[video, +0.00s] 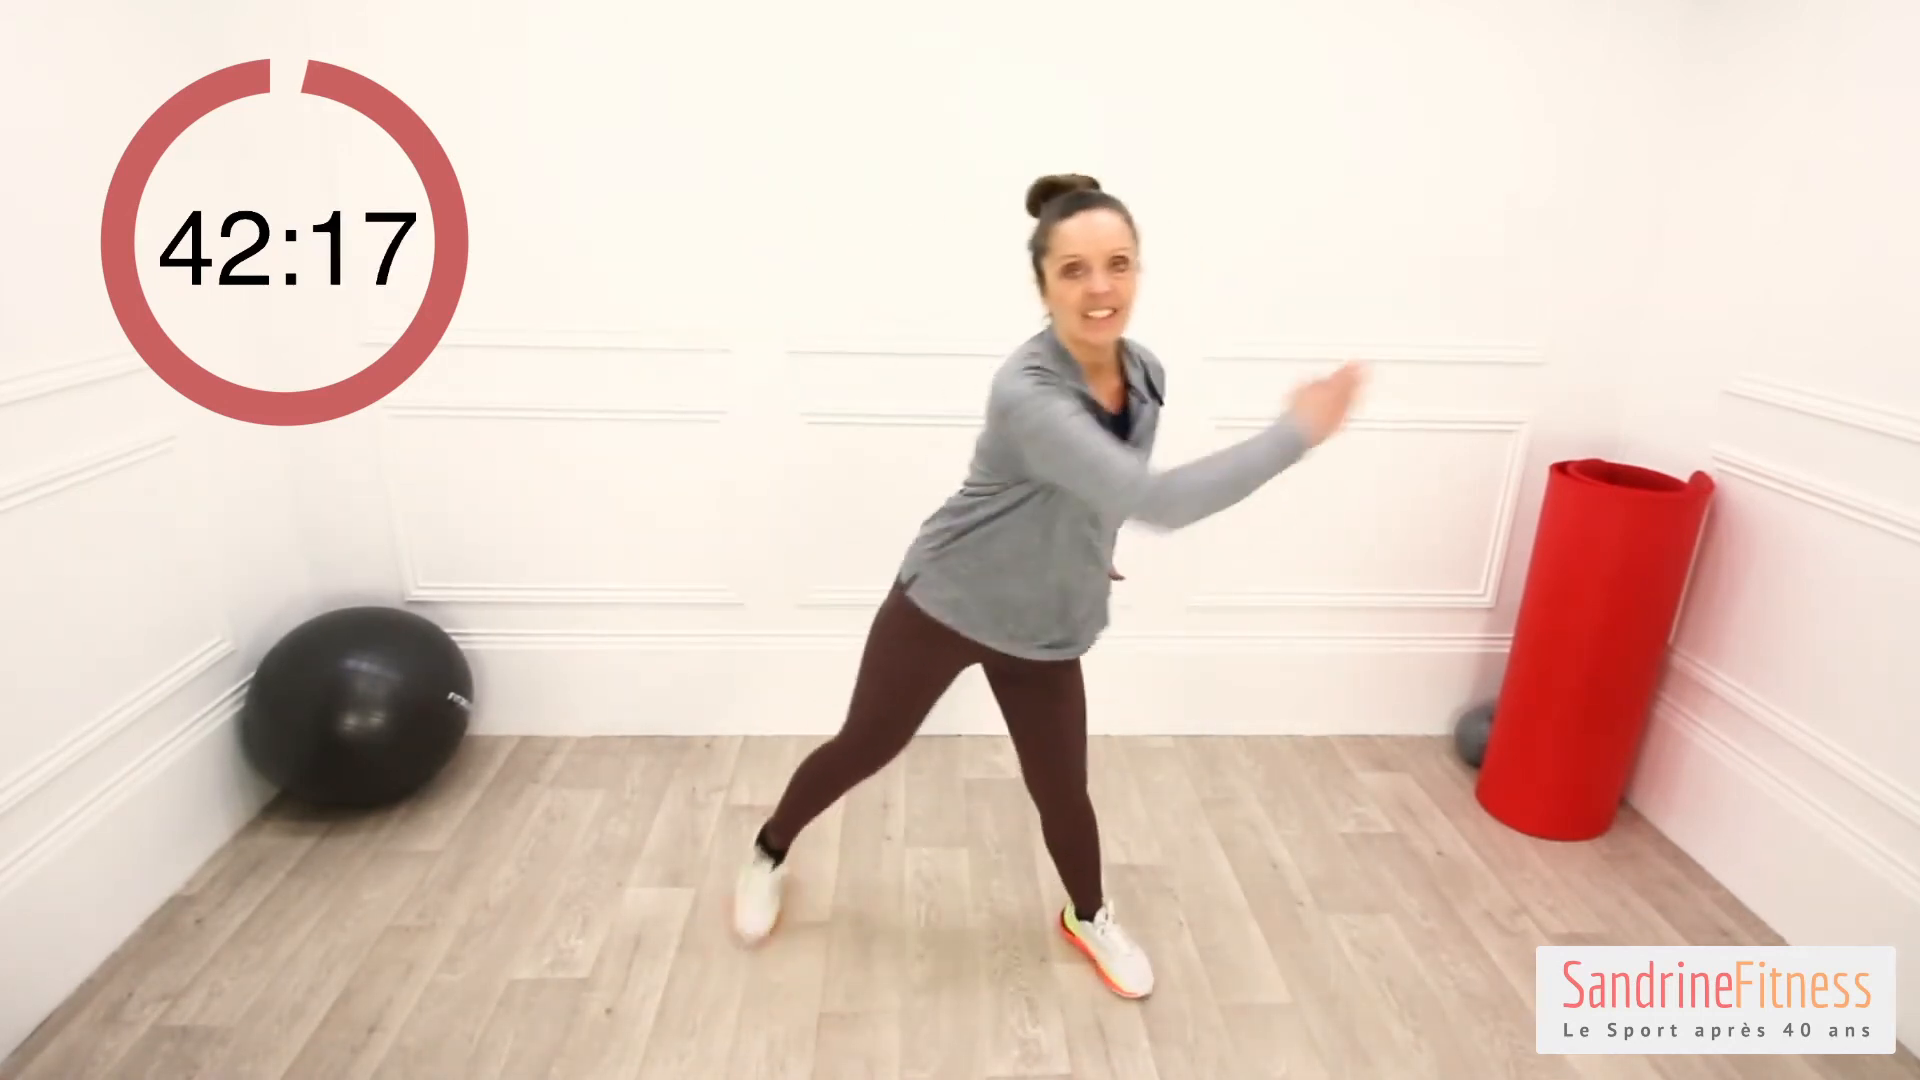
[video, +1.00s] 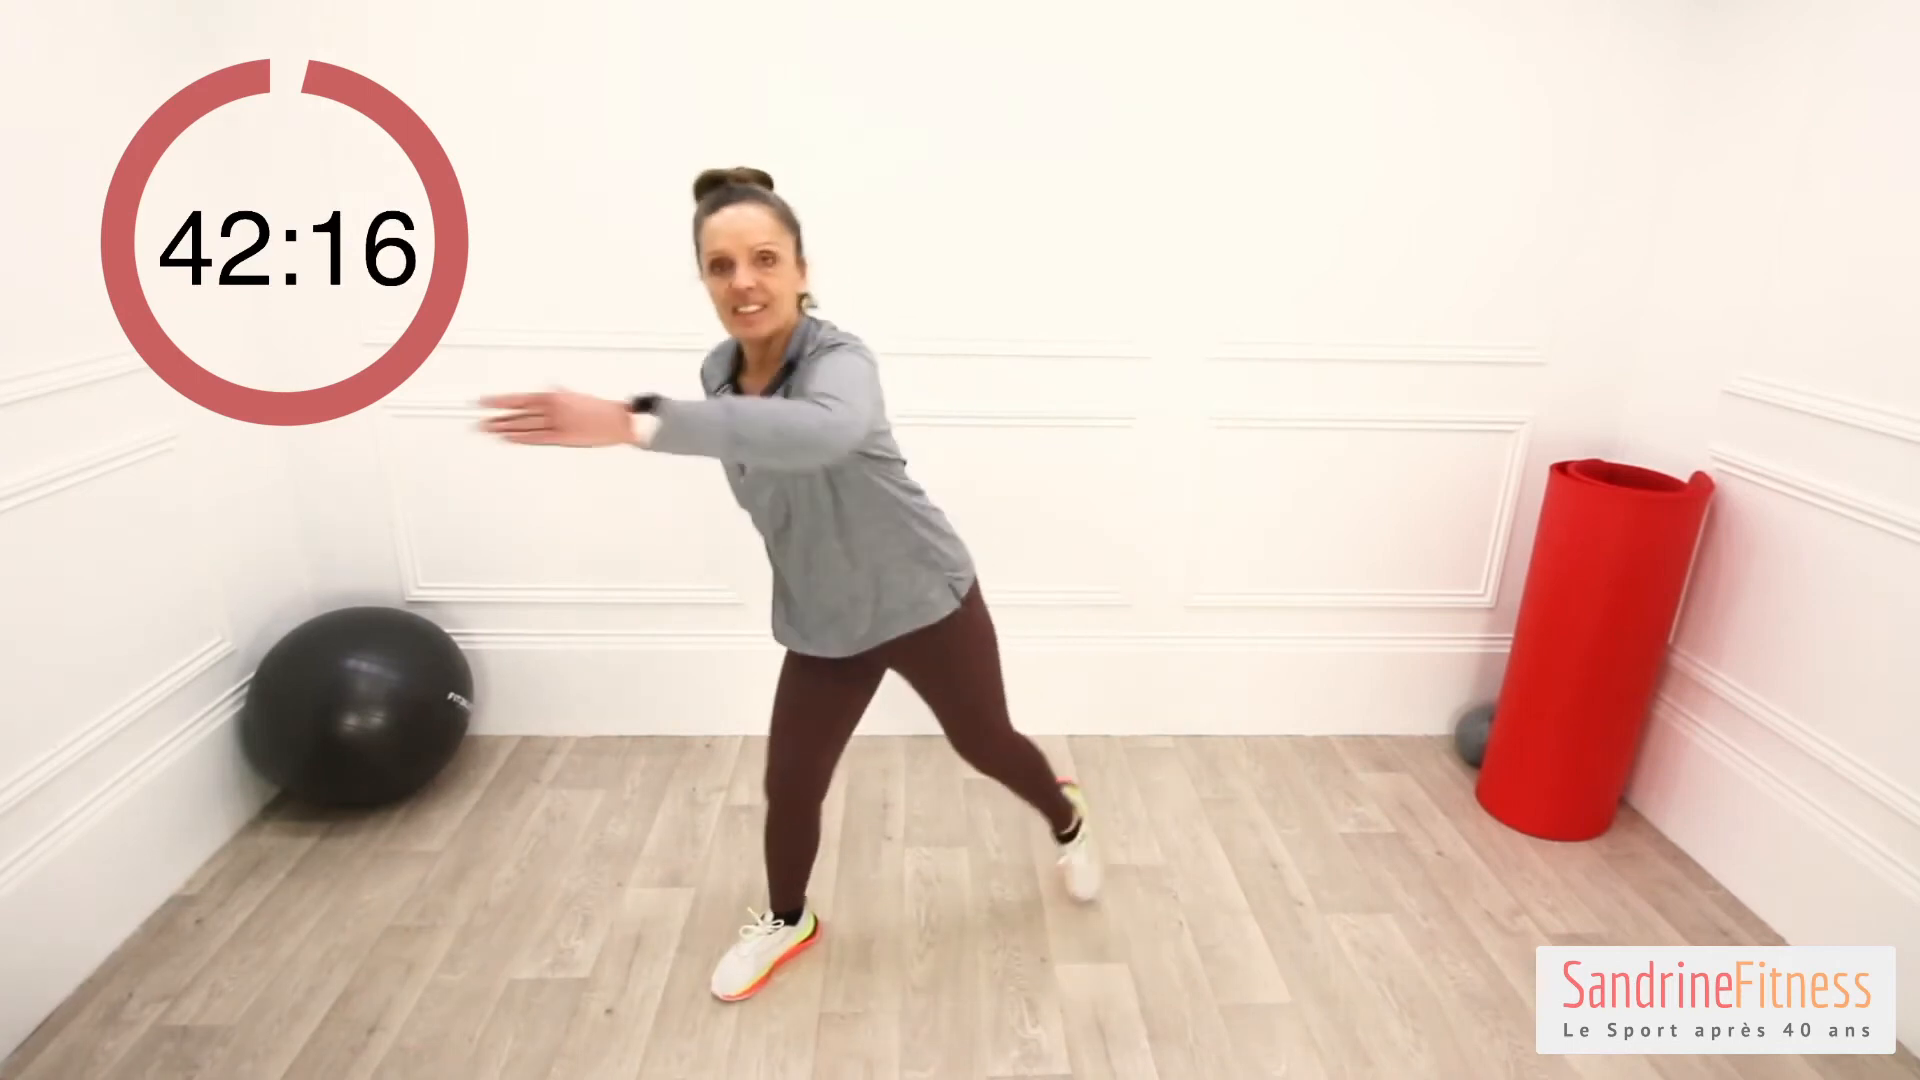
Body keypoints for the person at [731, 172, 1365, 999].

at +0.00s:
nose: (1099, 289)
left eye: (1117, 266)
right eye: (1074, 271)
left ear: (1138, 277)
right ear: (1042, 289)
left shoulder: (1146, 377)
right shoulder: (1026, 395)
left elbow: (1087, 485)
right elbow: (1152, 500)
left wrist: (1093, 551)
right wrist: (1294, 434)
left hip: (1043, 620)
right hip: (947, 598)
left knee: (1062, 789)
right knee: (867, 744)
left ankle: (1088, 918)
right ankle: (767, 850)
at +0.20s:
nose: (1109, 308)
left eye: (1126, 286)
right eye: (1085, 291)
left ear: (1148, 292)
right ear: (1054, 303)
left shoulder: (1154, 392)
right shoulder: (1035, 417)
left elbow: (1119, 505)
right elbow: (1129, 543)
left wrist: (1111, 575)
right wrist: (1295, 528)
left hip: (1058, 634)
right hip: (958, 616)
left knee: (1080, 804)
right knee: (887, 757)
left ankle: (1087, 922)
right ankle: (800, 842)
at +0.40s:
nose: (1058, 294)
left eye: (1076, 270)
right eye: (1034, 276)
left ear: (1104, 279)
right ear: (1009, 292)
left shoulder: (1150, 387)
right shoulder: (970, 405)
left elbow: (1156, 453)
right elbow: (859, 535)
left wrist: (1135, 522)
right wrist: (927, 648)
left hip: (1063, 623)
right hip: (953, 609)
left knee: (1073, 788)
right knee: (871, 757)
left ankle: (1088, 917)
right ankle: (794, 866)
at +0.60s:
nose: (920, 334)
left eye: (940, 313)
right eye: (901, 316)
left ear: (973, 324)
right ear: (880, 329)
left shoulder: (1026, 450)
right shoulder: (844, 426)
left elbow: (1109, 550)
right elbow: (771, 468)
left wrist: (1082, 659)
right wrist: (800, 568)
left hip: (1027, 656)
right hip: (919, 645)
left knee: (1044, 822)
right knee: (846, 801)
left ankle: (1090, 923)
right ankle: (790, 921)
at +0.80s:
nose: (807, 295)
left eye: (827, 273)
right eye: (786, 277)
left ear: (864, 284)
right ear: (769, 292)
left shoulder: (912, 401)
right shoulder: (766, 390)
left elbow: (980, 563)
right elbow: (811, 521)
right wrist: (828, 592)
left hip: (963, 618)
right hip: (859, 624)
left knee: (1035, 768)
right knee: (813, 789)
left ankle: (1102, 902)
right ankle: (787, 920)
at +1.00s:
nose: (744, 284)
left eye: (765, 260)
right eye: (721, 267)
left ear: (802, 271)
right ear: (704, 285)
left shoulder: (839, 360)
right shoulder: (720, 374)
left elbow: (835, 431)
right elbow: (772, 486)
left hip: (924, 597)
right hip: (826, 618)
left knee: (986, 743)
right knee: (791, 787)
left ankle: (1068, 817)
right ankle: (787, 918)